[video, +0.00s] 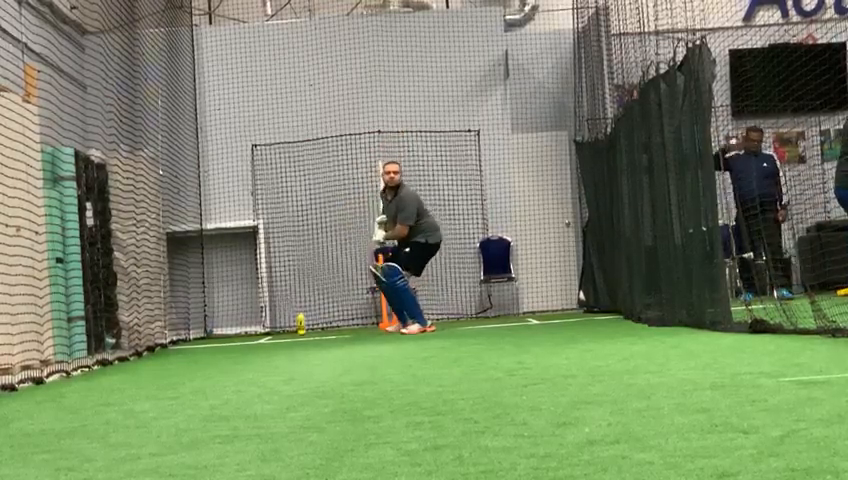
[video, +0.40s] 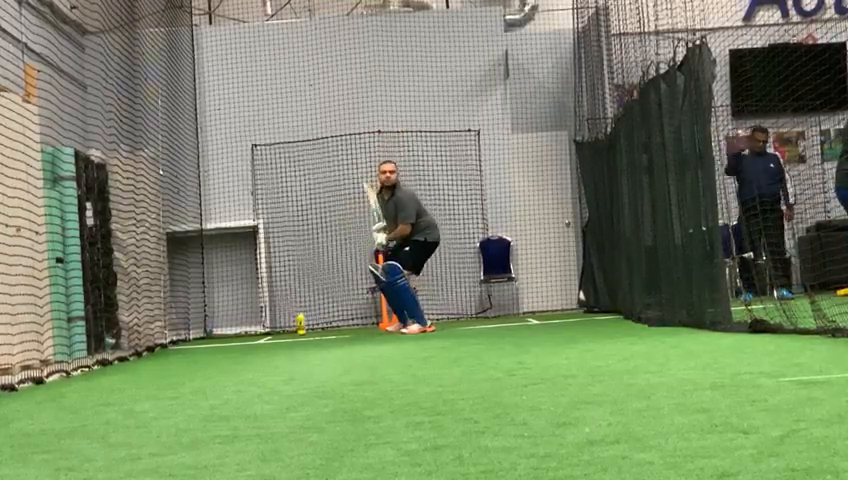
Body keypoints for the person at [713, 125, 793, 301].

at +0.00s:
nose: (756, 144)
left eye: (759, 141)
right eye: (753, 141)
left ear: (762, 142)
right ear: (744, 141)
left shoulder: (769, 159)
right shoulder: (735, 160)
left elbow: (778, 185)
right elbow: (713, 164)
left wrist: (782, 206)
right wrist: (726, 149)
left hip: (769, 210)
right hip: (745, 211)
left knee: (774, 248)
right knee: (746, 250)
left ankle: (780, 285)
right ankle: (749, 289)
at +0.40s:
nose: (762, 145)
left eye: (764, 141)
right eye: (758, 141)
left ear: (767, 142)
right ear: (749, 141)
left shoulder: (773, 159)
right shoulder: (741, 159)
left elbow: (782, 184)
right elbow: (730, 171)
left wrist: (788, 205)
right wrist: (734, 153)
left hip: (772, 208)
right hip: (750, 209)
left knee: (777, 247)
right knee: (749, 248)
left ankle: (782, 286)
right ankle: (751, 288)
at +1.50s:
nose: (757, 145)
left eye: (760, 141)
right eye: (754, 141)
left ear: (764, 142)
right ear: (747, 142)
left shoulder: (772, 159)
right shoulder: (737, 159)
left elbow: (780, 184)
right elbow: (726, 183)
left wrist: (783, 206)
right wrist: (738, 205)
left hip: (771, 210)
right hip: (748, 212)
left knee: (775, 249)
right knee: (747, 251)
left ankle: (781, 286)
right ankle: (749, 290)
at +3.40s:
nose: (754, 142)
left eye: (757, 139)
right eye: (750, 139)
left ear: (760, 141)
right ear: (742, 141)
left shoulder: (769, 159)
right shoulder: (733, 160)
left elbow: (781, 181)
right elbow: (721, 182)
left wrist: (773, 198)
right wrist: (739, 195)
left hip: (767, 210)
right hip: (744, 211)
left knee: (773, 248)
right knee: (746, 251)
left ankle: (780, 286)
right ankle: (749, 290)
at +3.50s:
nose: (754, 142)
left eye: (757, 139)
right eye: (750, 139)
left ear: (760, 140)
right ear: (742, 140)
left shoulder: (769, 158)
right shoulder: (733, 159)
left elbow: (780, 181)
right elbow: (721, 182)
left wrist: (774, 200)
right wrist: (739, 195)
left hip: (767, 209)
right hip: (744, 210)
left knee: (773, 247)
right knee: (746, 250)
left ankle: (778, 285)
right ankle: (749, 289)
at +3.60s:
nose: (754, 142)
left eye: (757, 139)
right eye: (750, 139)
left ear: (760, 141)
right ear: (742, 140)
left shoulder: (769, 158)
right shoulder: (733, 159)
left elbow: (780, 182)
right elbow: (721, 182)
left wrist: (774, 202)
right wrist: (738, 195)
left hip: (768, 209)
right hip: (744, 211)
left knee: (773, 248)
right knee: (745, 250)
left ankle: (778, 286)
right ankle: (749, 289)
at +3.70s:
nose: (754, 142)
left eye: (757, 139)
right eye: (750, 139)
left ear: (760, 141)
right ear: (742, 140)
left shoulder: (769, 158)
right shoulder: (733, 159)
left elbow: (778, 183)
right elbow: (721, 182)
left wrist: (775, 204)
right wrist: (739, 196)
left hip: (768, 210)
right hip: (744, 211)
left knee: (773, 248)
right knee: (745, 250)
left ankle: (778, 286)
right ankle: (749, 289)